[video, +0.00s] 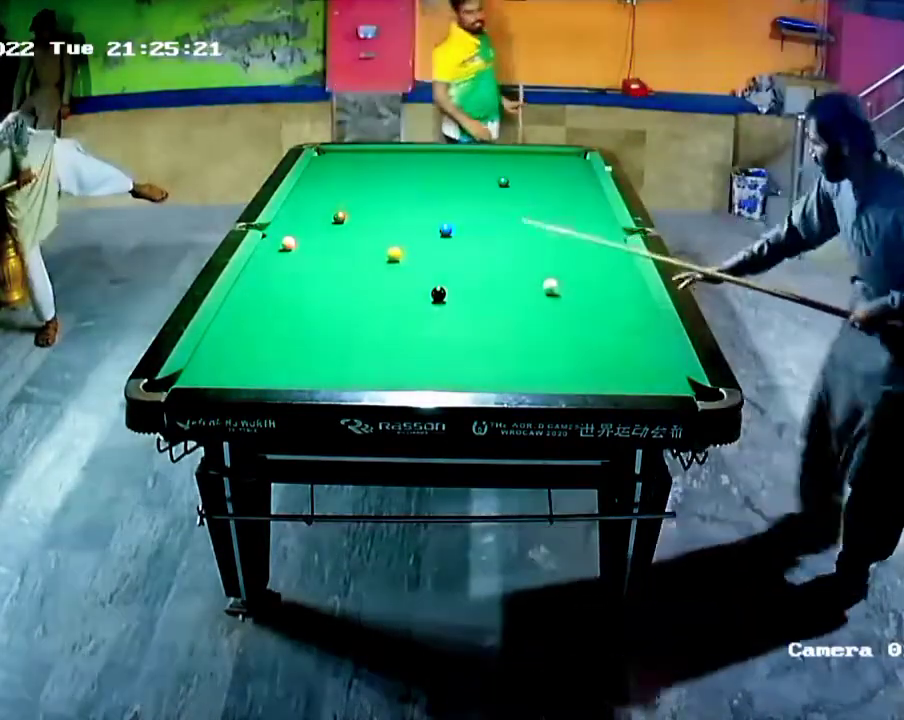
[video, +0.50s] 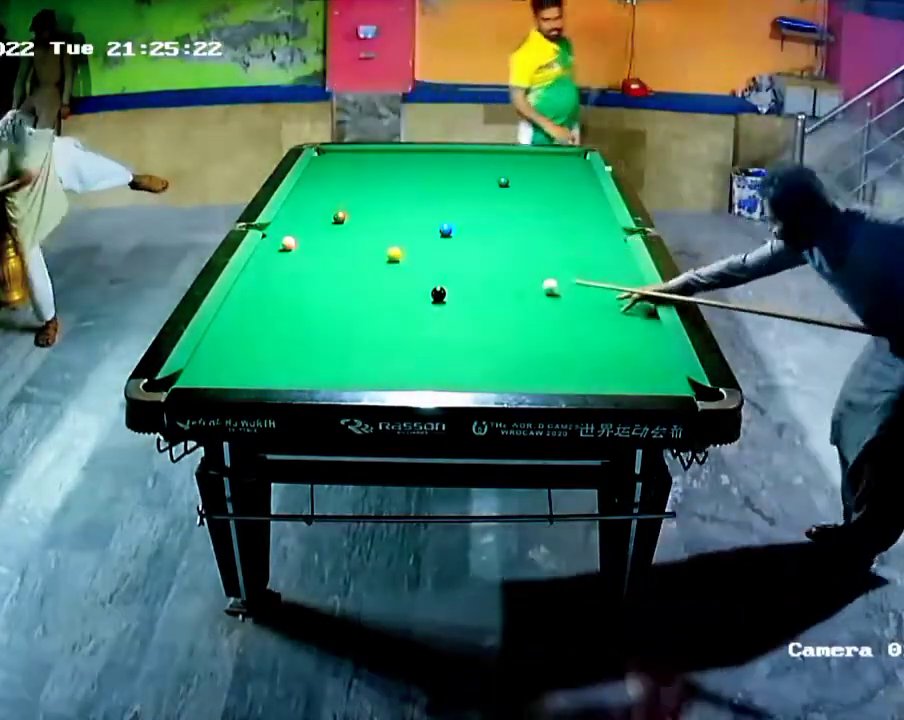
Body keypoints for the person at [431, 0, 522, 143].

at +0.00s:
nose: (477, 17)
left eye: (480, 10)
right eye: (469, 12)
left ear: (484, 10)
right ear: (457, 14)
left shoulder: (484, 40)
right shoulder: (447, 50)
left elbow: (482, 82)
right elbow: (440, 96)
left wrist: (504, 102)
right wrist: (470, 125)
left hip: (489, 126)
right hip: (461, 132)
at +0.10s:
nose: (486, 18)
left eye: (488, 12)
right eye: (477, 14)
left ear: (493, 11)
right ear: (466, 15)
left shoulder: (493, 41)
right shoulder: (458, 52)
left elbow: (492, 84)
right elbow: (450, 96)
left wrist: (511, 108)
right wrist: (481, 125)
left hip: (500, 128)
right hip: (473, 135)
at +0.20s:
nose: (504, 19)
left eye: (506, 12)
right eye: (495, 15)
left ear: (510, 10)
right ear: (485, 15)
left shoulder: (512, 39)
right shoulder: (479, 51)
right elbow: (471, 96)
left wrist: (527, 120)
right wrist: (507, 124)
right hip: (492, 136)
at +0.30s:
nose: (522, 21)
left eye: (525, 14)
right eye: (514, 16)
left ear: (530, 12)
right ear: (503, 16)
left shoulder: (532, 41)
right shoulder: (495, 52)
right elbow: (490, 97)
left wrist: (546, 121)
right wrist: (528, 125)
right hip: (510, 137)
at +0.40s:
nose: (532, 22)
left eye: (534, 15)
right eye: (524, 17)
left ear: (539, 13)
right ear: (513, 17)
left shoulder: (542, 41)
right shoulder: (504, 52)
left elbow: (543, 85)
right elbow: (499, 98)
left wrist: (554, 121)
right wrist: (536, 125)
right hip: (518, 137)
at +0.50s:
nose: (554, 25)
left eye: (557, 18)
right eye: (546, 20)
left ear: (562, 17)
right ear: (536, 20)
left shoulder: (565, 45)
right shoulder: (525, 54)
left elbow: (566, 89)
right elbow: (518, 100)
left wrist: (574, 127)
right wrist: (554, 130)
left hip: (567, 131)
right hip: (536, 134)